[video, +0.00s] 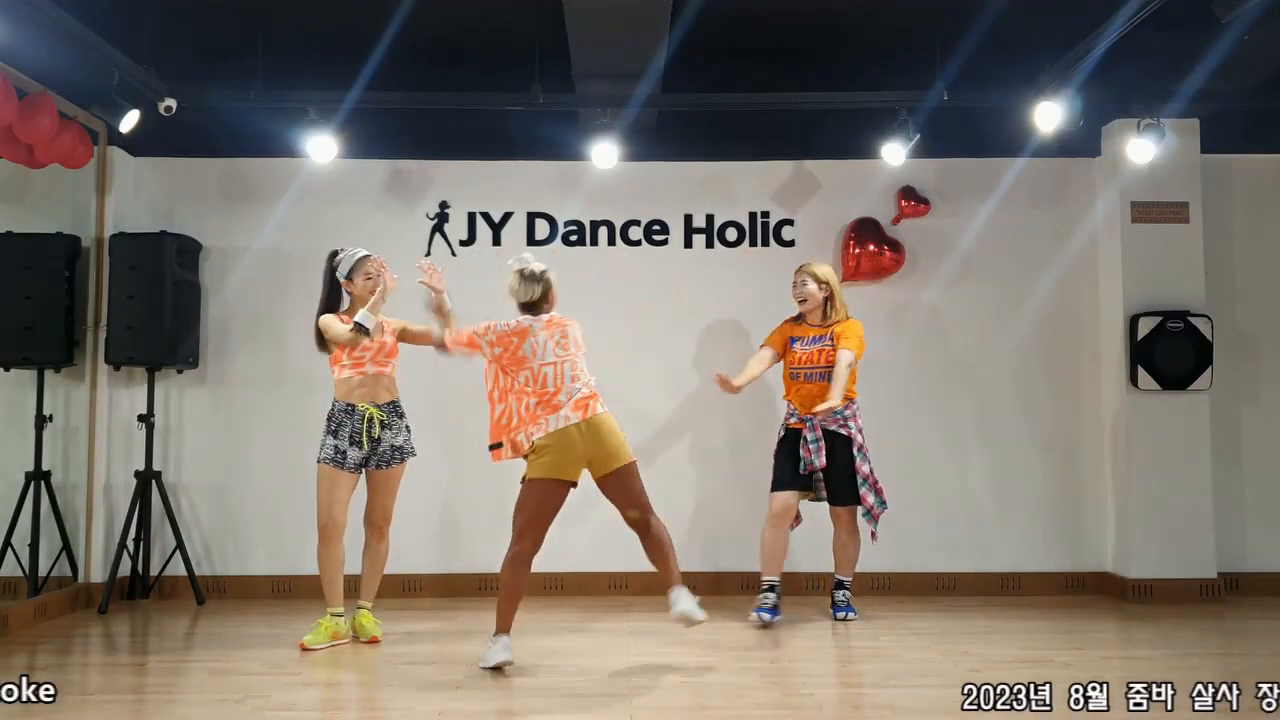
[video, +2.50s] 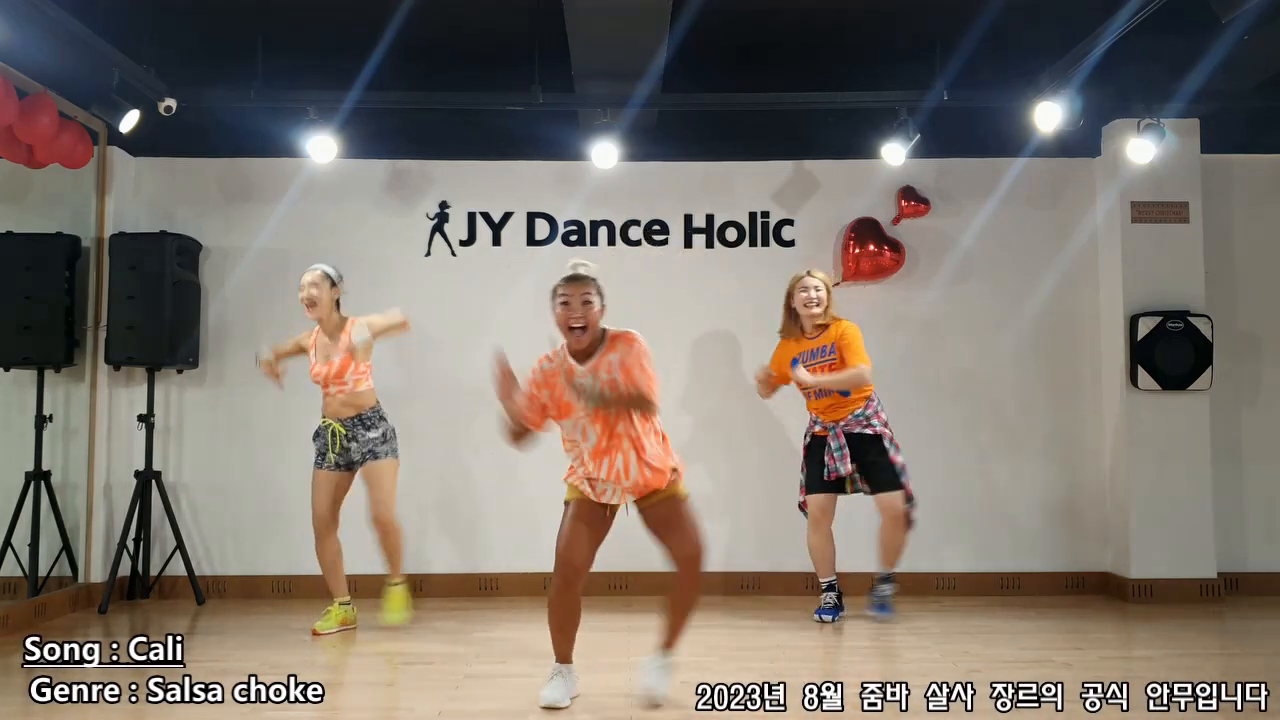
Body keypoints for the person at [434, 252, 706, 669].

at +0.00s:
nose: (554, 296)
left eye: (545, 291)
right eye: (553, 291)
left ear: (516, 297)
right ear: (550, 296)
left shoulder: (501, 333)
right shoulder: (569, 327)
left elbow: (448, 339)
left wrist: (441, 301)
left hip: (551, 440)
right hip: (599, 427)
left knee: (522, 544)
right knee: (643, 517)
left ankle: (500, 639)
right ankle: (678, 592)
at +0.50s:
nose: (674, 299)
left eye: (673, 292)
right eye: (670, 293)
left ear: (634, 301)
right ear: (664, 298)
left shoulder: (619, 339)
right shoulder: (679, 333)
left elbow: (658, 347)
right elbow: (728, 339)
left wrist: (678, 314)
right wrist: (723, 308)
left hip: (614, 445)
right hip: (654, 445)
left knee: (608, 528)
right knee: (671, 539)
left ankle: (558, 604)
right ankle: (655, 628)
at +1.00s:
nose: (710, 291)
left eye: (717, 283)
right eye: (700, 285)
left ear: (727, 291)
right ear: (687, 294)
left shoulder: (739, 344)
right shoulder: (676, 338)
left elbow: (744, 404)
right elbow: (681, 395)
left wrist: (754, 449)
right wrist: (724, 426)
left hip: (729, 461)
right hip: (681, 459)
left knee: (743, 543)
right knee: (680, 547)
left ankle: (753, 640)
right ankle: (662, 609)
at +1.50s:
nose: (701, 269)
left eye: (710, 260)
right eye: (692, 261)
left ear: (723, 268)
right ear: (679, 269)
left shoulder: (746, 323)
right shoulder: (662, 321)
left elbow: (786, 383)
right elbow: (621, 368)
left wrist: (750, 416)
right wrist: (618, 421)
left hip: (733, 440)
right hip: (677, 434)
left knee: (748, 541)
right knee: (647, 523)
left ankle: (766, 635)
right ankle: (643, 621)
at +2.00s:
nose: (633, 276)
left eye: (642, 266)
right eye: (623, 267)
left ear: (657, 272)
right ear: (611, 274)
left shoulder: (681, 333)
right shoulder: (590, 332)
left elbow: (713, 394)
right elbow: (552, 393)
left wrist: (687, 388)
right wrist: (577, 400)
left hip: (656, 448)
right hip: (599, 449)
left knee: (677, 529)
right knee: (592, 554)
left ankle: (629, 593)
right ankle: (586, 668)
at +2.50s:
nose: (576, 310)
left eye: (586, 300)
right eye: (566, 302)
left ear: (602, 308)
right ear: (554, 312)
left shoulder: (627, 346)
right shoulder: (547, 369)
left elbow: (647, 400)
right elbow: (520, 435)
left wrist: (595, 395)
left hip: (649, 468)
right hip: (592, 475)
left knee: (691, 556)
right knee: (566, 569)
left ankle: (663, 657)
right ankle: (562, 670)